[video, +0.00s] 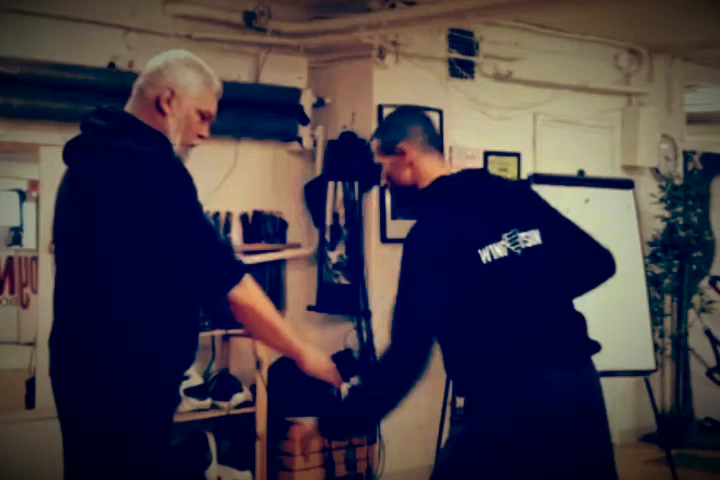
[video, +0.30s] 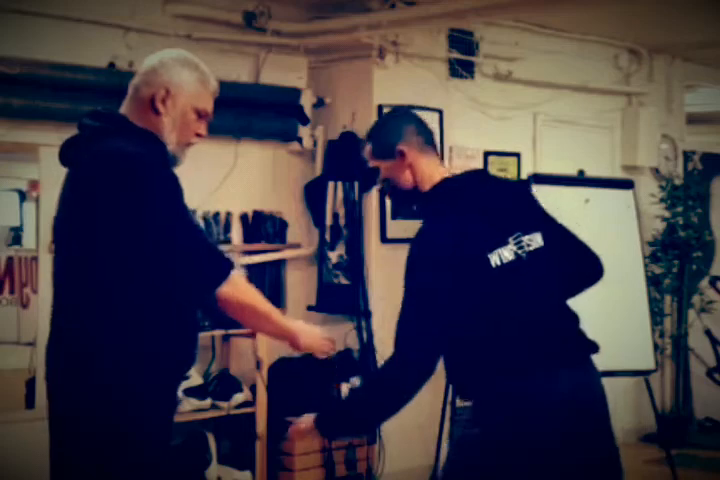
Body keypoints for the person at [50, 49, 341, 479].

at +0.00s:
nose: (205, 134)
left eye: (209, 123)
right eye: (202, 117)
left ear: (165, 100)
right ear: (167, 101)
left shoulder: (89, 164)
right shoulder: (154, 170)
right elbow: (230, 285)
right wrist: (303, 354)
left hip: (83, 372)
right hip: (134, 382)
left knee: (89, 470)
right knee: (135, 470)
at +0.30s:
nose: (202, 132)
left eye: (206, 121)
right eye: (198, 116)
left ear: (161, 101)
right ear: (163, 101)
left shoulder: (96, 162)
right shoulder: (138, 169)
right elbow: (218, 283)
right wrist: (296, 334)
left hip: (85, 390)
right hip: (125, 400)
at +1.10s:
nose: (155, 100)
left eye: (153, 86)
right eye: (146, 83)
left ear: (105, 89)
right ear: (107, 87)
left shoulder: (60, 155)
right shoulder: (103, 157)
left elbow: (123, 255)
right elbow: (211, 238)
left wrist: (182, 218)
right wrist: (305, 232)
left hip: (66, 379)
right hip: (109, 384)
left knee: (69, 470)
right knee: (113, 470)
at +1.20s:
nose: (149, 95)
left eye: (147, 82)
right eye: (141, 80)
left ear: (99, 86)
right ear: (101, 84)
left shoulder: (56, 151)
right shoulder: (96, 153)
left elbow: (115, 247)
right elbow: (193, 244)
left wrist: (180, 221)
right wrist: (292, 245)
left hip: (62, 368)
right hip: (105, 376)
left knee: (68, 471)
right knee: (111, 470)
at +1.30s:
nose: (144, 96)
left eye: (142, 83)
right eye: (135, 81)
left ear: (93, 88)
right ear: (96, 87)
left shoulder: (51, 155)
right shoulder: (93, 158)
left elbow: (114, 249)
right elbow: (189, 244)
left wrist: (180, 224)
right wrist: (288, 248)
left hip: (60, 371)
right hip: (105, 379)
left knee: (65, 470)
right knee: (110, 469)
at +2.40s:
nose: (166, 112)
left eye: (165, 99)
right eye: (159, 96)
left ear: (120, 92)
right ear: (119, 92)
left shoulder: (60, 157)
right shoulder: (113, 159)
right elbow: (203, 260)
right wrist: (291, 293)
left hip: (66, 379)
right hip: (113, 386)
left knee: (75, 471)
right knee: (120, 470)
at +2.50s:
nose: (161, 109)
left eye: (159, 96)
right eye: (154, 93)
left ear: (110, 92)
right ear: (112, 91)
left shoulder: (63, 157)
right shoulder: (104, 160)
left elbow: (178, 245)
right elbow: (194, 250)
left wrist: (277, 262)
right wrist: (290, 265)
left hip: (71, 382)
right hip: (109, 390)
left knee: (78, 472)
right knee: (118, 471)